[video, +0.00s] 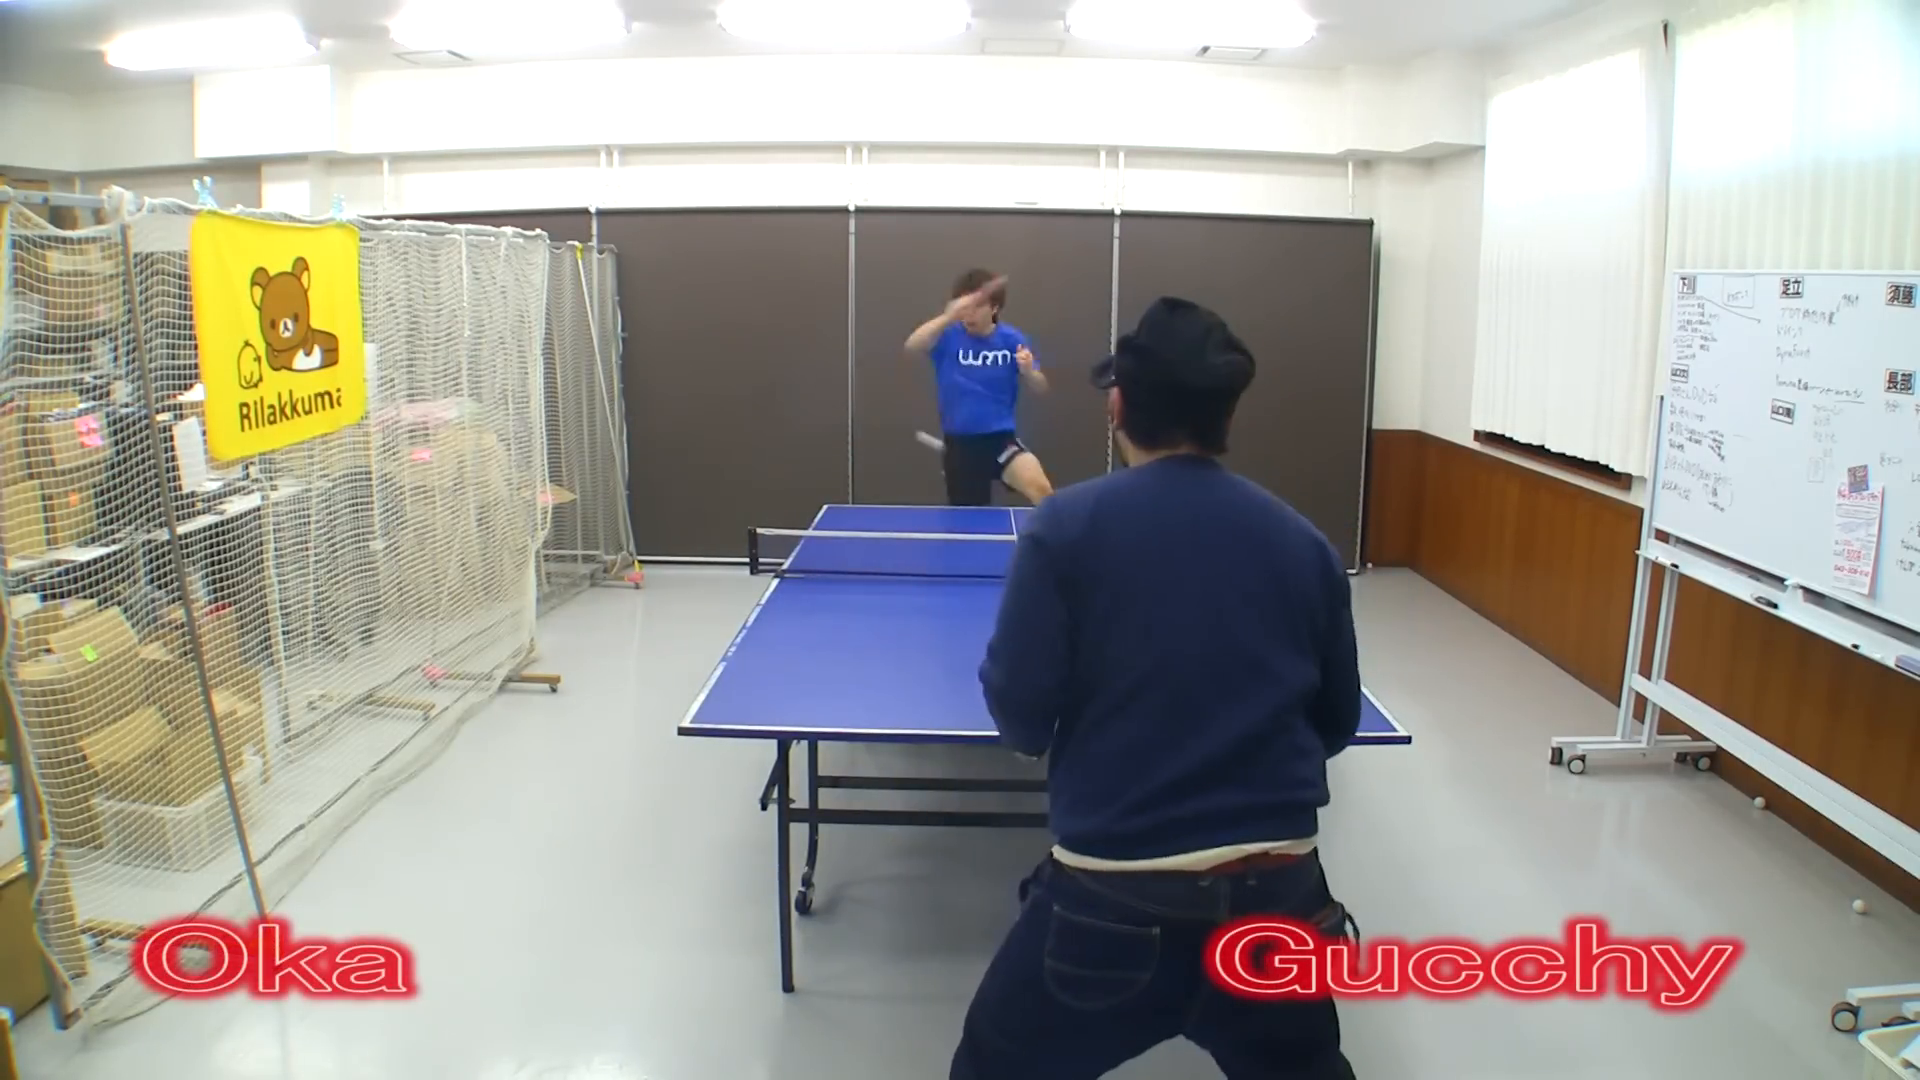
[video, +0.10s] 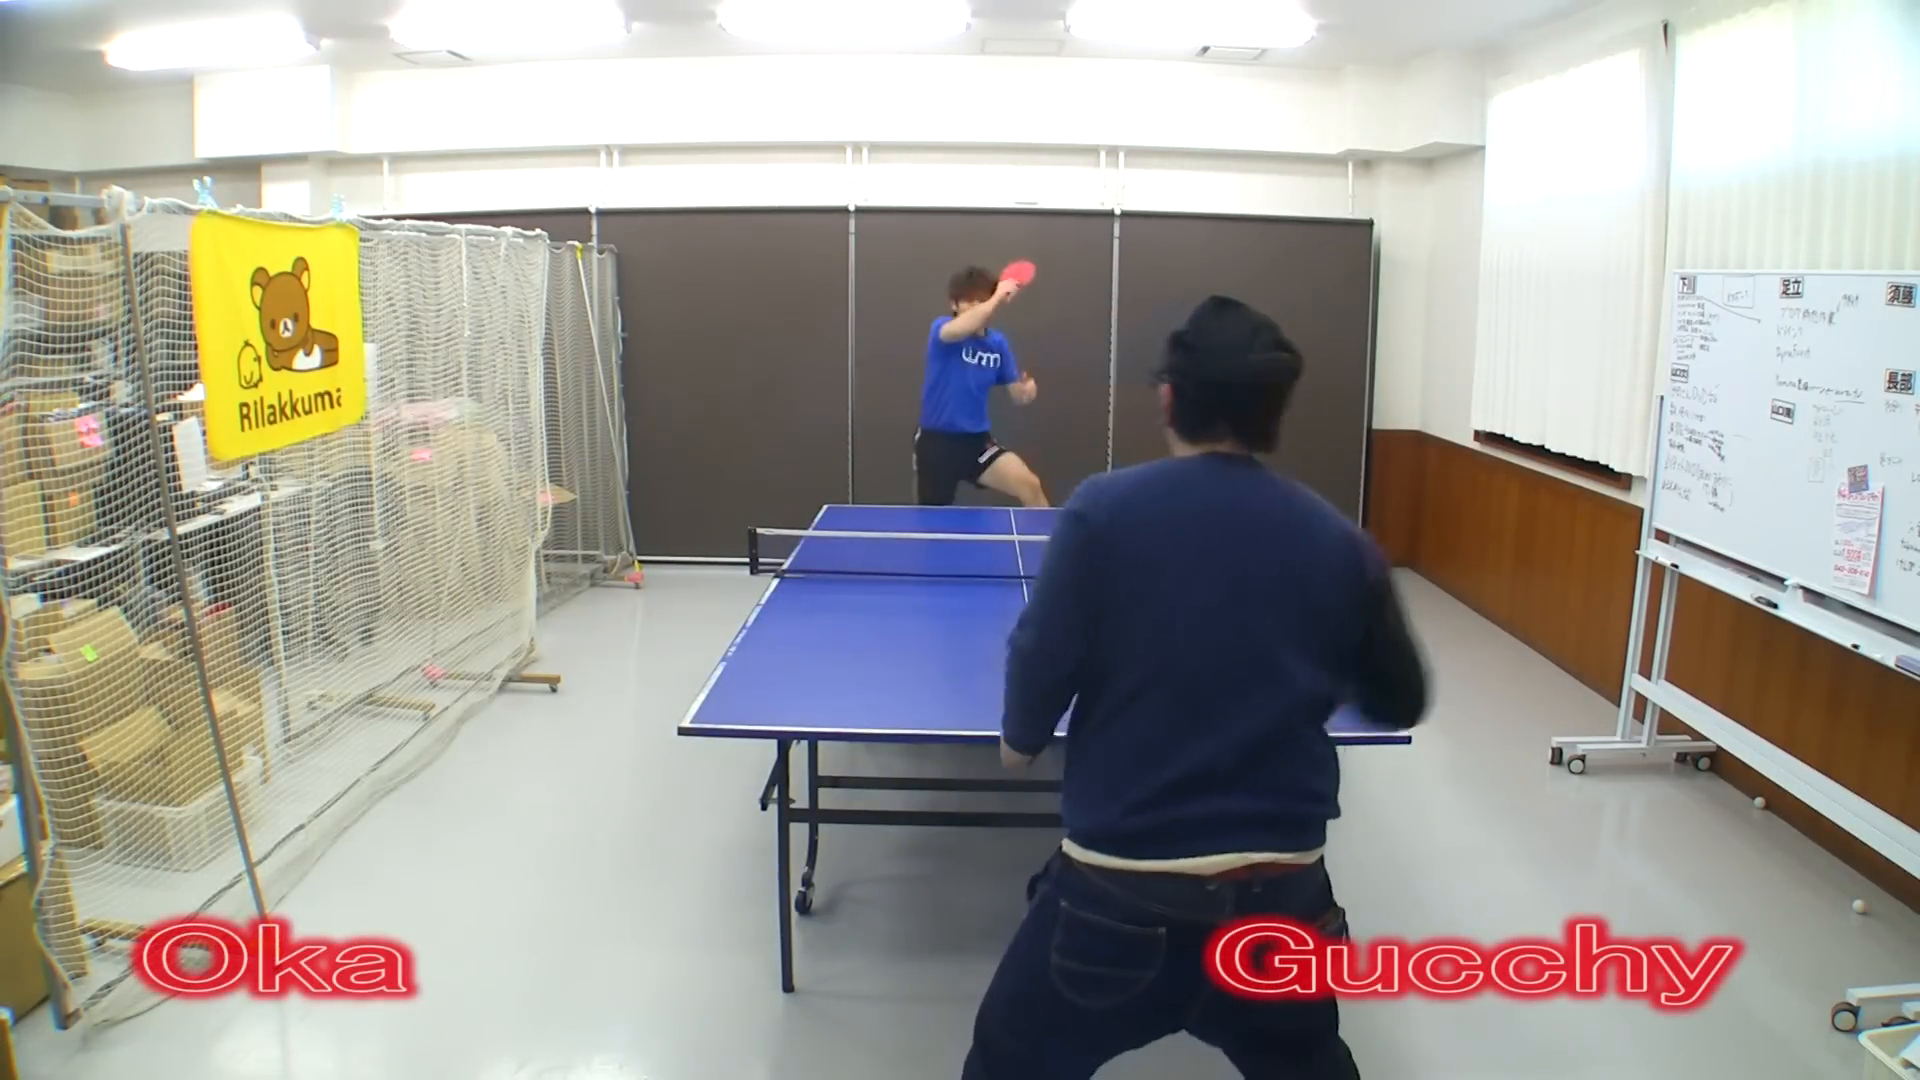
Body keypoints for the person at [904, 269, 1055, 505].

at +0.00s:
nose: (969, 315)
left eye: (976, 307)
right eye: (964, 308)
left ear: (994, 308)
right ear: (957, 310)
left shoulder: (1011, 339)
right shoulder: (947, 337)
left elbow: (1041, 389)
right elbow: (912, 347)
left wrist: (1028, 371)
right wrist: (950, 315)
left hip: (1001, 441)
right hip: (960, 443)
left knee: (1043, 491)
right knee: (966, 525)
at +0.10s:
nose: (977, 308)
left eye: (983, 302)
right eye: (969, 302)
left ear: (993, 306)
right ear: (954, 305)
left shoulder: (996, 342)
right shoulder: (942, 328)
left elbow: (1016, 392)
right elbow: (959, 329)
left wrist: (1026, 392)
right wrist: (996, 299)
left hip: (976, 442)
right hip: (936, 442)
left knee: (1029, 486)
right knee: (931, 524)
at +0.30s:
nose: (967, 338)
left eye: (974, 331)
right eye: (959, 331)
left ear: (981, 338)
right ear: (943, 339)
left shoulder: (974, 376)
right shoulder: (931, 368)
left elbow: (981, 427)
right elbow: (947, 407)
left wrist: (1001, 463)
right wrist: (989, 380)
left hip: (939, 479)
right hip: (906, 476)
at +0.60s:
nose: (981, 360)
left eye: (985, 353)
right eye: (972, 352)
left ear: (990, 355)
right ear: (952, 354)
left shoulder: (976, 387)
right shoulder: (927, 390)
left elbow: (961, 435)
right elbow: (912, 445)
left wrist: (972, 467)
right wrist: (963, 459)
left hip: (951, 482)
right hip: (915, 482)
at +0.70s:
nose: (995, 367)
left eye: (998, 360)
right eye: (987, 359)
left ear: (1002, 361)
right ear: (966, 359)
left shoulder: (984, 390)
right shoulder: (941, 394)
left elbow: (967, 440)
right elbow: (930, 451)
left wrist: (977, 470)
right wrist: (977, 463)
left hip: (961, 485)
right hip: (925, 485)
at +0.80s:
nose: (1013, 364)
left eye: (1016, 357)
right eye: (1007, 356)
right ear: (987, 354)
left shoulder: (988, 384)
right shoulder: (961, 387)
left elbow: (973, 437)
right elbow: (958, 448)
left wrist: (986, 466)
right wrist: (991, 460)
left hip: (971, 479)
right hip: (941, 480)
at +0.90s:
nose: (1027, 355)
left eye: (1029, 348)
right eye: (1023, 347)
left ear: (1002, 345)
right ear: (1003, 345)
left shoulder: (976, 362)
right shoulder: (988, 384)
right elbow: (1001, 439)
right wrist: (1027, 463)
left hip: (967, 465)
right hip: (948, 467)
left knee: (1004, 529)